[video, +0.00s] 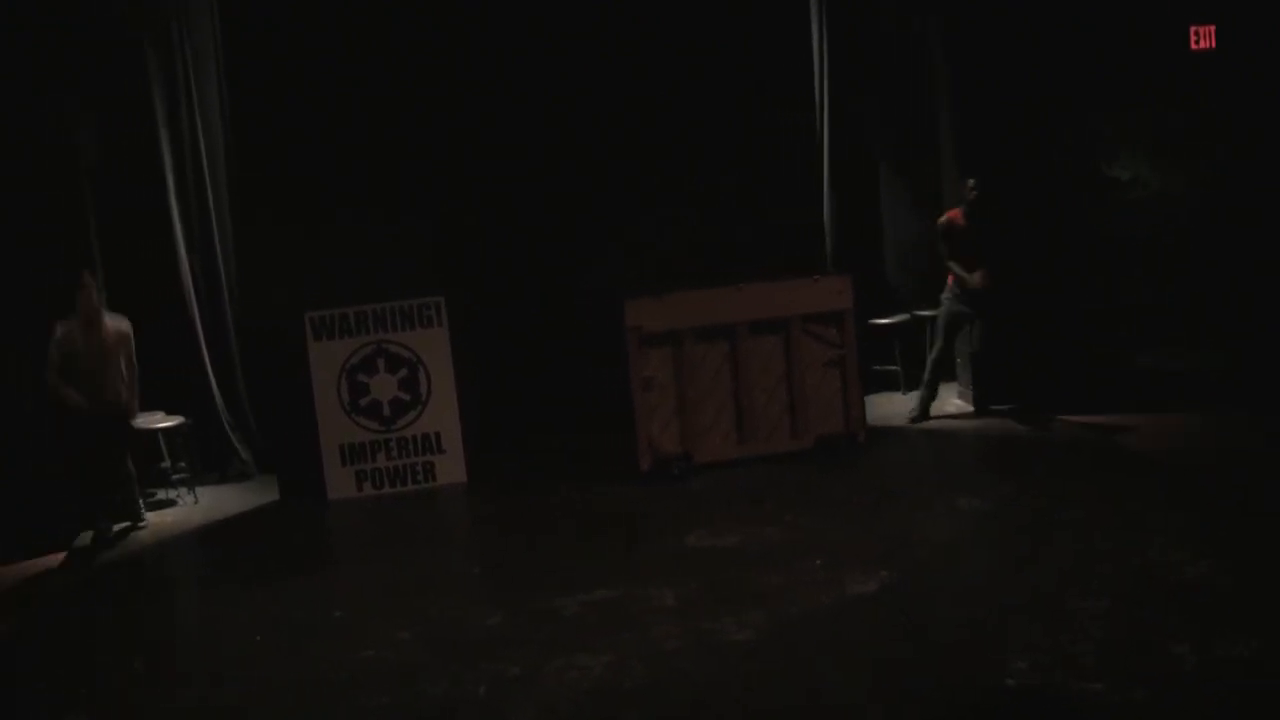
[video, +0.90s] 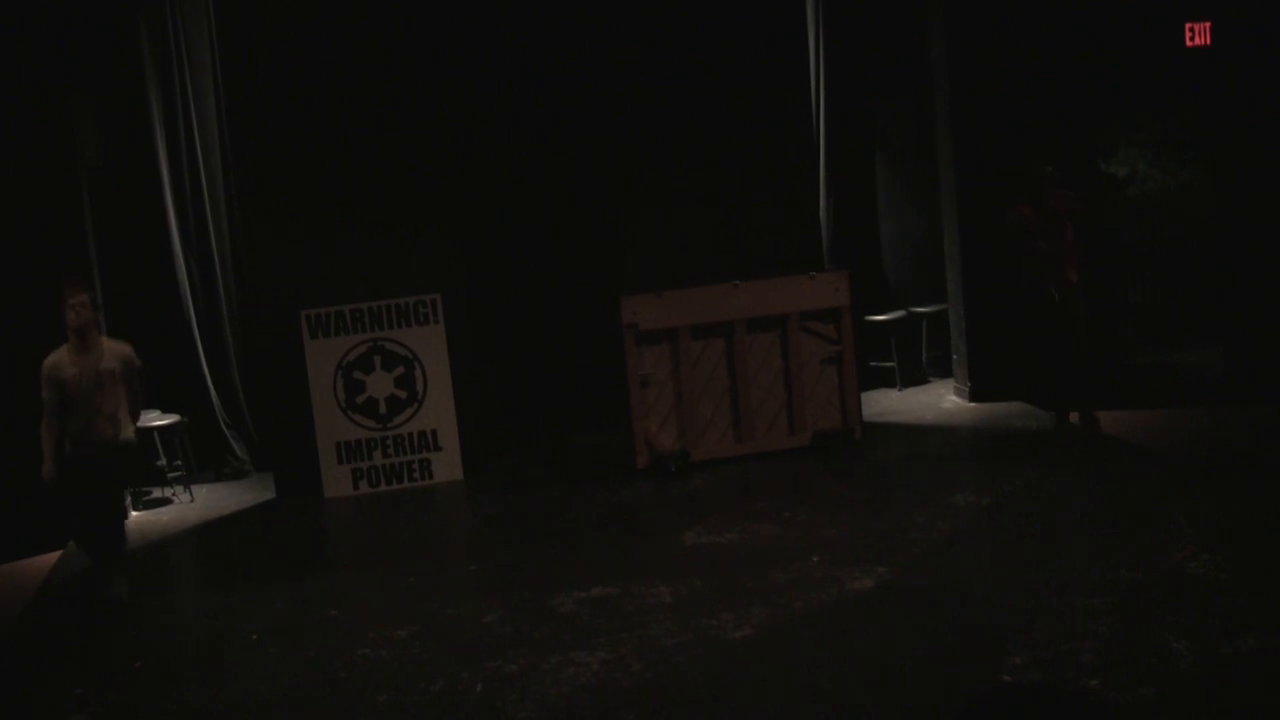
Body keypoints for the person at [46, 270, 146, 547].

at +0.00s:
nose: (88, 297)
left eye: (91, 290)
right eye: (83, 291)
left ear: (100, 294)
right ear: (76, 297)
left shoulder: (121, 327)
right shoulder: (66, 331)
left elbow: (131, 366)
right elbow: (55, 373)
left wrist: (132, 399)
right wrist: (71, 397)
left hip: (116, 405)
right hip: (84, 408)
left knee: (121, 460)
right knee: (92, 465)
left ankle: (134, 511)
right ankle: (100, 521)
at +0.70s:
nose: (73, 298)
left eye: (78, 292)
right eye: (68, 294)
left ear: (89, 298)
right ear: (60, 301)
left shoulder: (116, 335)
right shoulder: (50, 345)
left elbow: (136, 376)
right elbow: (47, 392)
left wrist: (138, 418)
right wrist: (52, 429)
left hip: (112, 431)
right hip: (72, 434)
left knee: (115, 495)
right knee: (82, 501)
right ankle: (99, 564)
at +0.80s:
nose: (73, 298)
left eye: (78, 292)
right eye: (67, 293)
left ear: (89, 297)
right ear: (60, 301)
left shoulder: (118, 336)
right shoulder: (49, 350)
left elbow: (135, 378)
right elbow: (50, 400)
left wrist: (137, 415)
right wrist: (54, 443)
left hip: (116, 431)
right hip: (75, 437)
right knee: (85, 507)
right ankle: (103, 566)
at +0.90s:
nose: (78, 313)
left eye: (83, 306)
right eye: (72, 308)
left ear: (95, 311)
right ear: (65, 316)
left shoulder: (121, 353)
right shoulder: (54, 364)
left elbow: (135, 399)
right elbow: (50, 417)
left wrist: (131, 430)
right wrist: (48, 461)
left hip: (117, 447)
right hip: (77, 450)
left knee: (112, 514)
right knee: (81, 517)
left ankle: (117, 578)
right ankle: (95, 580)